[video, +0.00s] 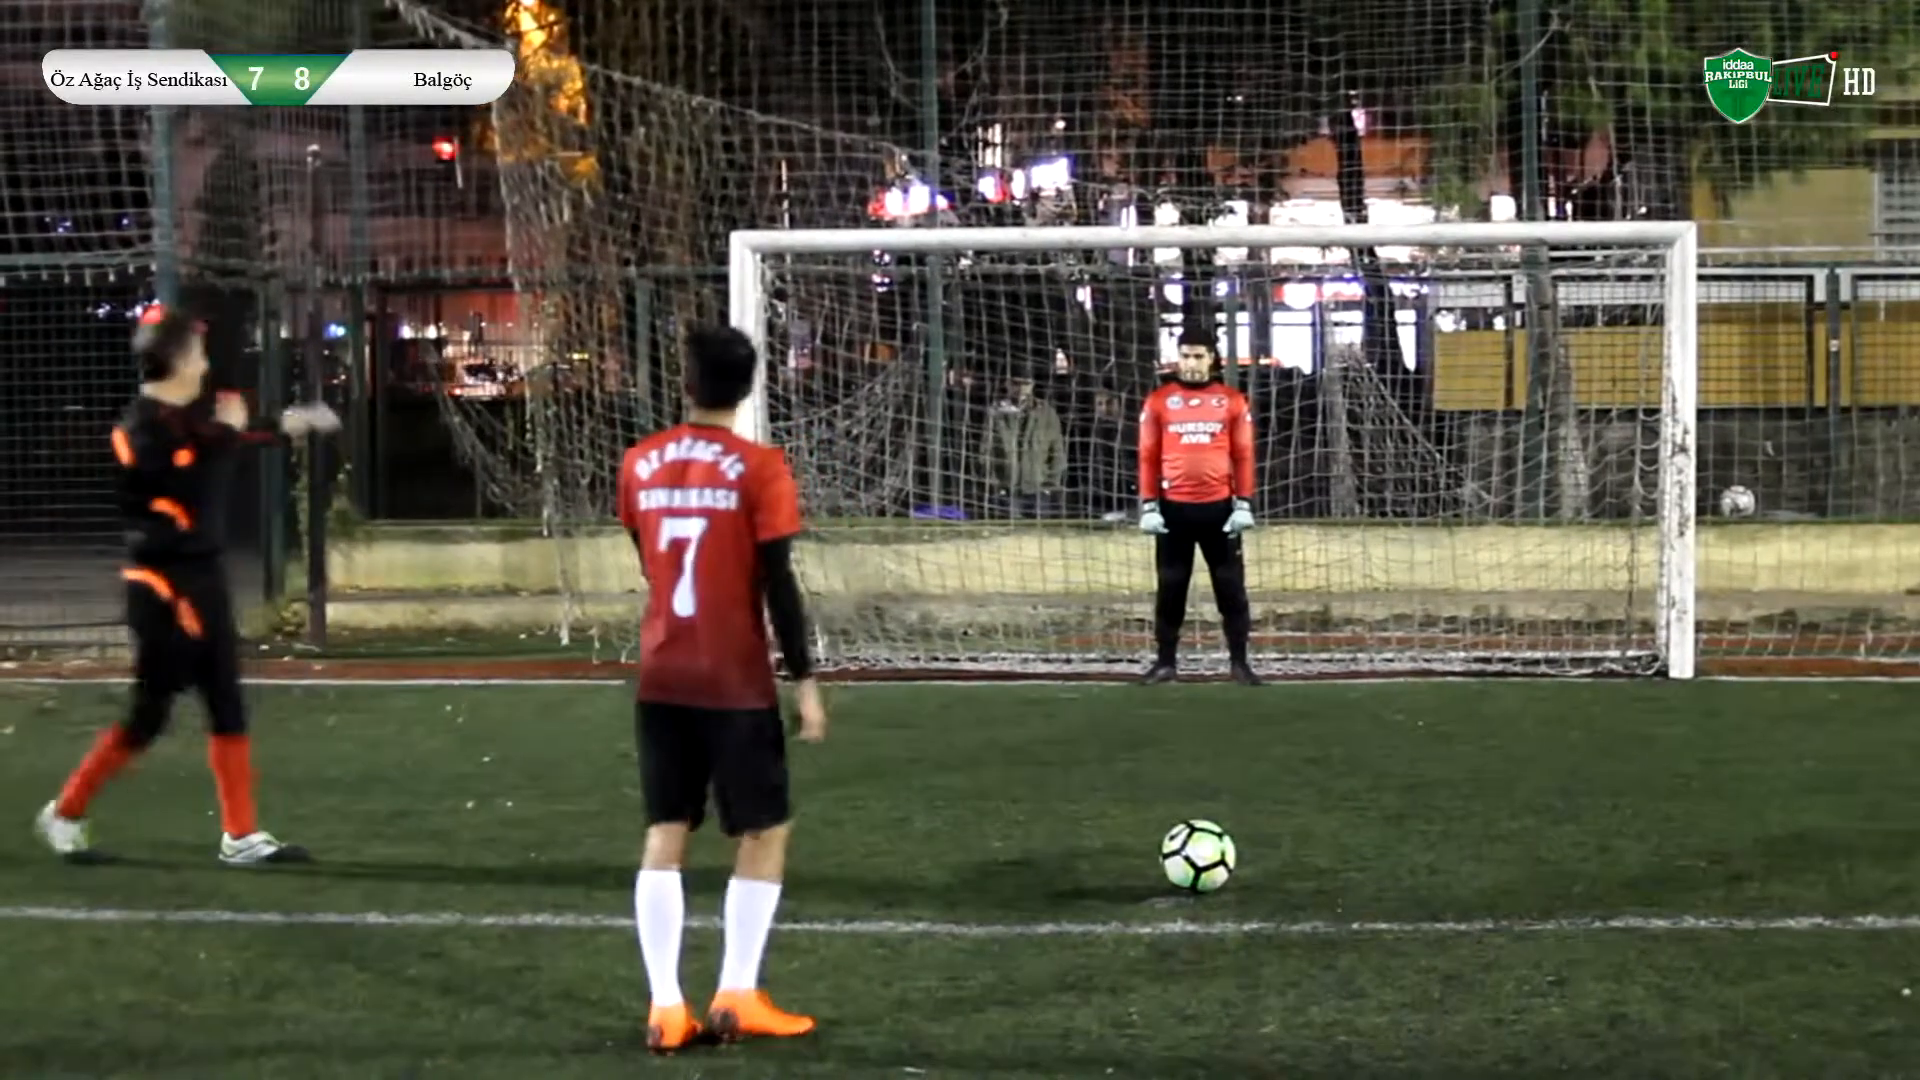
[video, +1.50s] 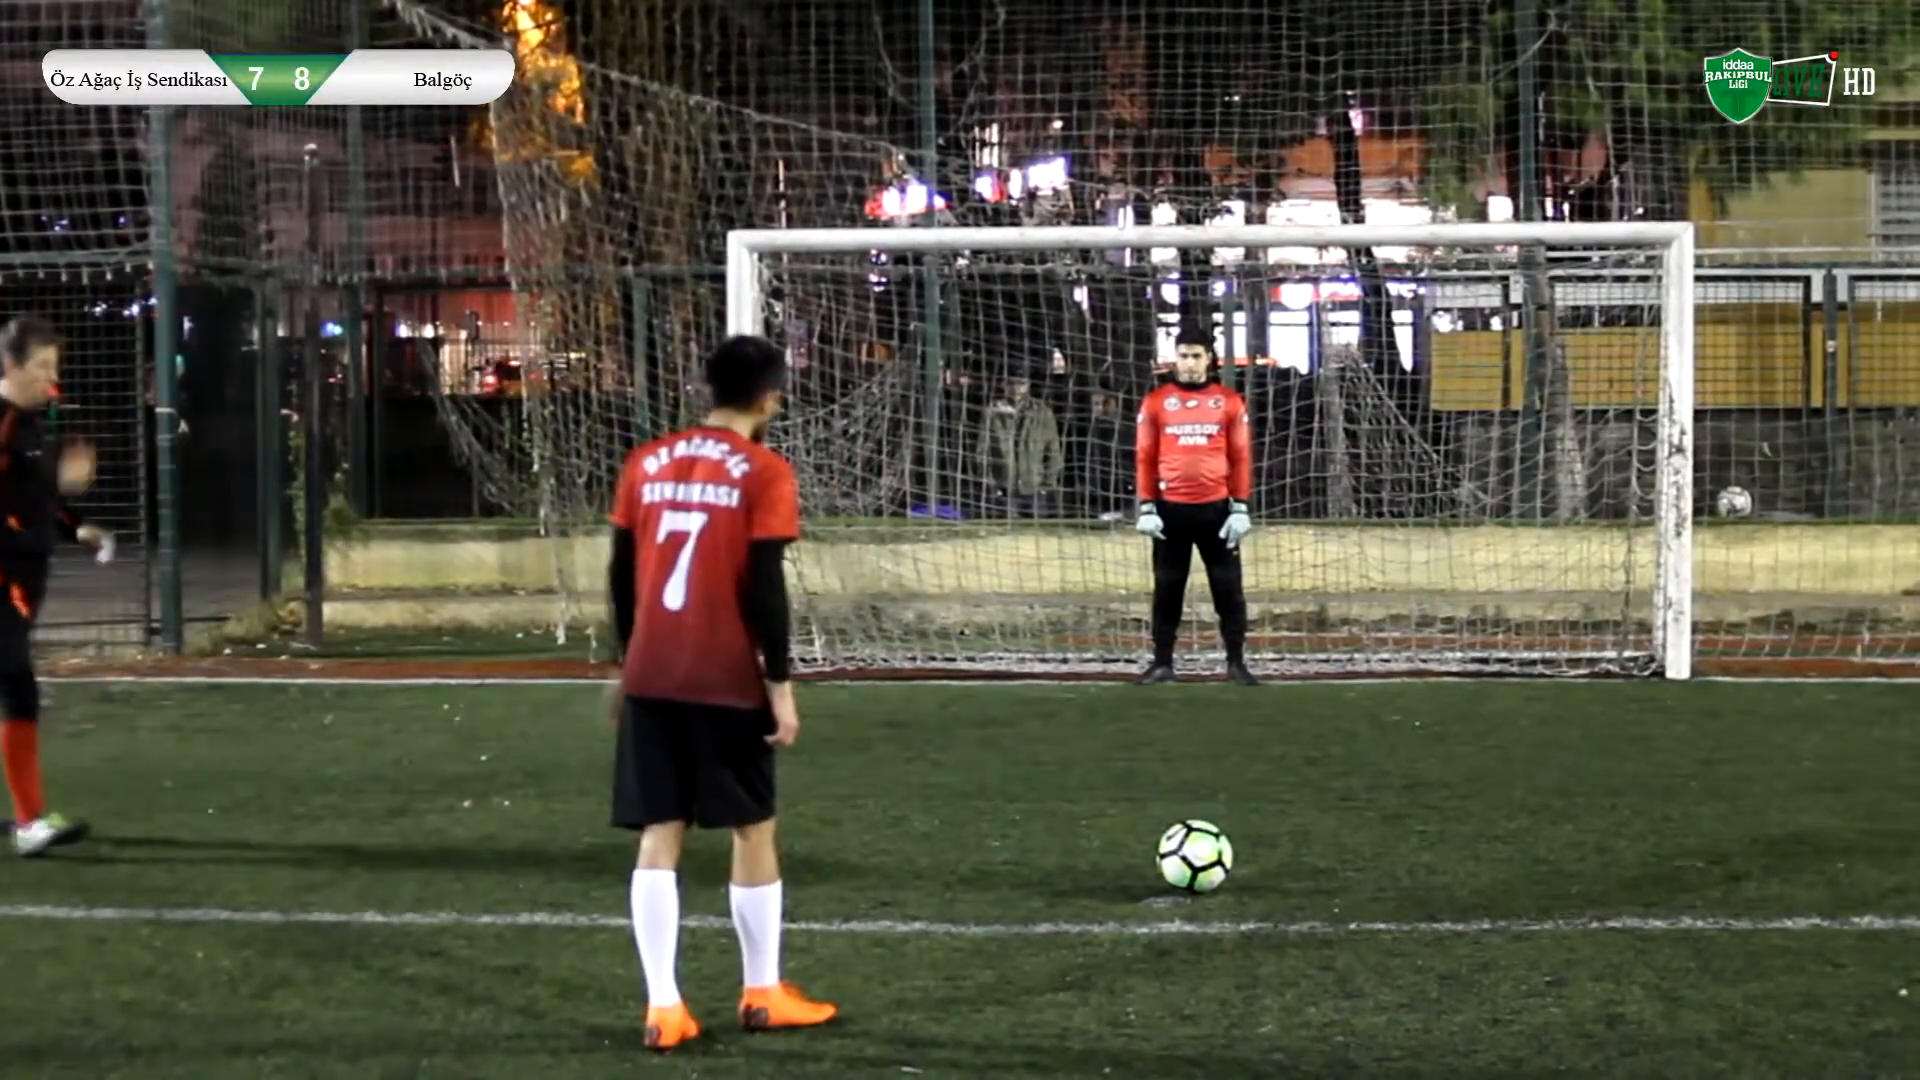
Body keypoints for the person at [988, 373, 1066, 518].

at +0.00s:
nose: (1020, 390)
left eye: (1026, 384)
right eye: (1015, 384)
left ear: (1033, 386)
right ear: (1007, 385)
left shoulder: (1047, 414)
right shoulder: (996, 413)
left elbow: (1058, 453)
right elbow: (986, 452)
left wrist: (1051, 485)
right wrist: (995, 486)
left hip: (1039, 492)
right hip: (1007, 492)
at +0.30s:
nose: (1020, 389)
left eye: (1026, 383)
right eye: (1015, 383)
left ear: (1033, 385)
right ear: (1007, 383)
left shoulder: (1046, 413)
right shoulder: (996, 412)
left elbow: (1058, 451)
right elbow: (986, 450)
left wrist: (1051, 484)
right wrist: (994, 486)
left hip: (1038, 491)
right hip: (1006, 491)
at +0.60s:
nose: (1019, 388)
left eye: (1025, 383)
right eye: (1014, 382)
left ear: (1032, 385)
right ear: (1007, 383)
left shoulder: (1046, 413)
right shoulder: (995, 412)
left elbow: (1057, 450)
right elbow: (984, 449)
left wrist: (1051, 483)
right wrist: (993, 482)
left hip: (1038, 492)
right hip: (1005, 492)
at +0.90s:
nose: (1017, 389)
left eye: (1023, 384)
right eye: (1012, 384)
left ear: (1031, 386)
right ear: (1005, 384)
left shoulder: (1044, 413)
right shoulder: (993, 413)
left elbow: (1055, 451)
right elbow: (983, 451)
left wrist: (1049, 485)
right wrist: (992, 485)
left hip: (1036, 492)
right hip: (1004, 493)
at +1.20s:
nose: (1016, 390)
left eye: (1021, 384)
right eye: (1011, 384)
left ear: (1030, 386)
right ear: (1005, 385)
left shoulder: (1044, 414)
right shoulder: (993, 413)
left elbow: (1055, 454)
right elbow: (983, 451)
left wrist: (1047, 487)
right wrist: (991, 486)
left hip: (1035, 493)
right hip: (1003, 493)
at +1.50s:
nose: (1015, 389)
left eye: (1021, 384)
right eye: (1011, 383)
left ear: (1029, 386)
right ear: (1004, 385)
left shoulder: (1043, 413)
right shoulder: (992, 413)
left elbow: (1054, 453)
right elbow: (983, 450)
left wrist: (1048, 485)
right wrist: (991, 485)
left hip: (1035, 492)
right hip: (1003, 492)